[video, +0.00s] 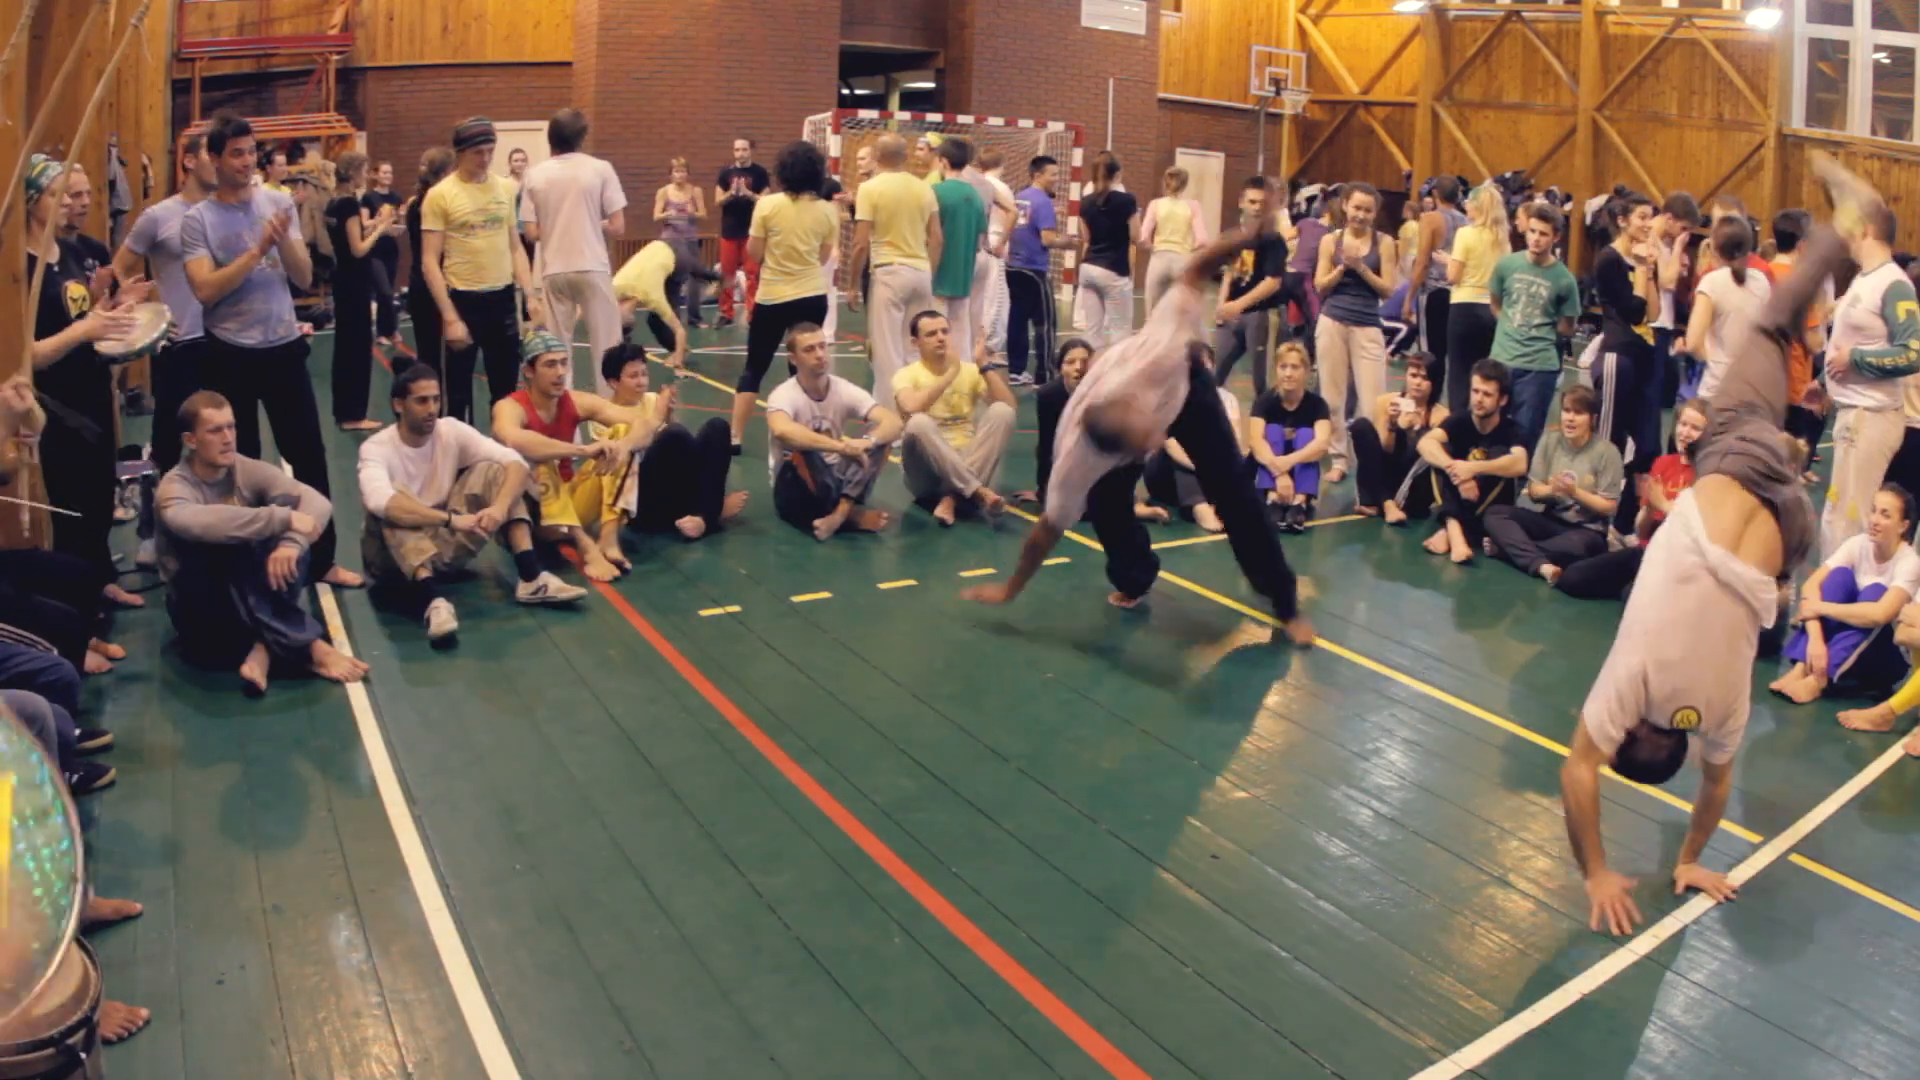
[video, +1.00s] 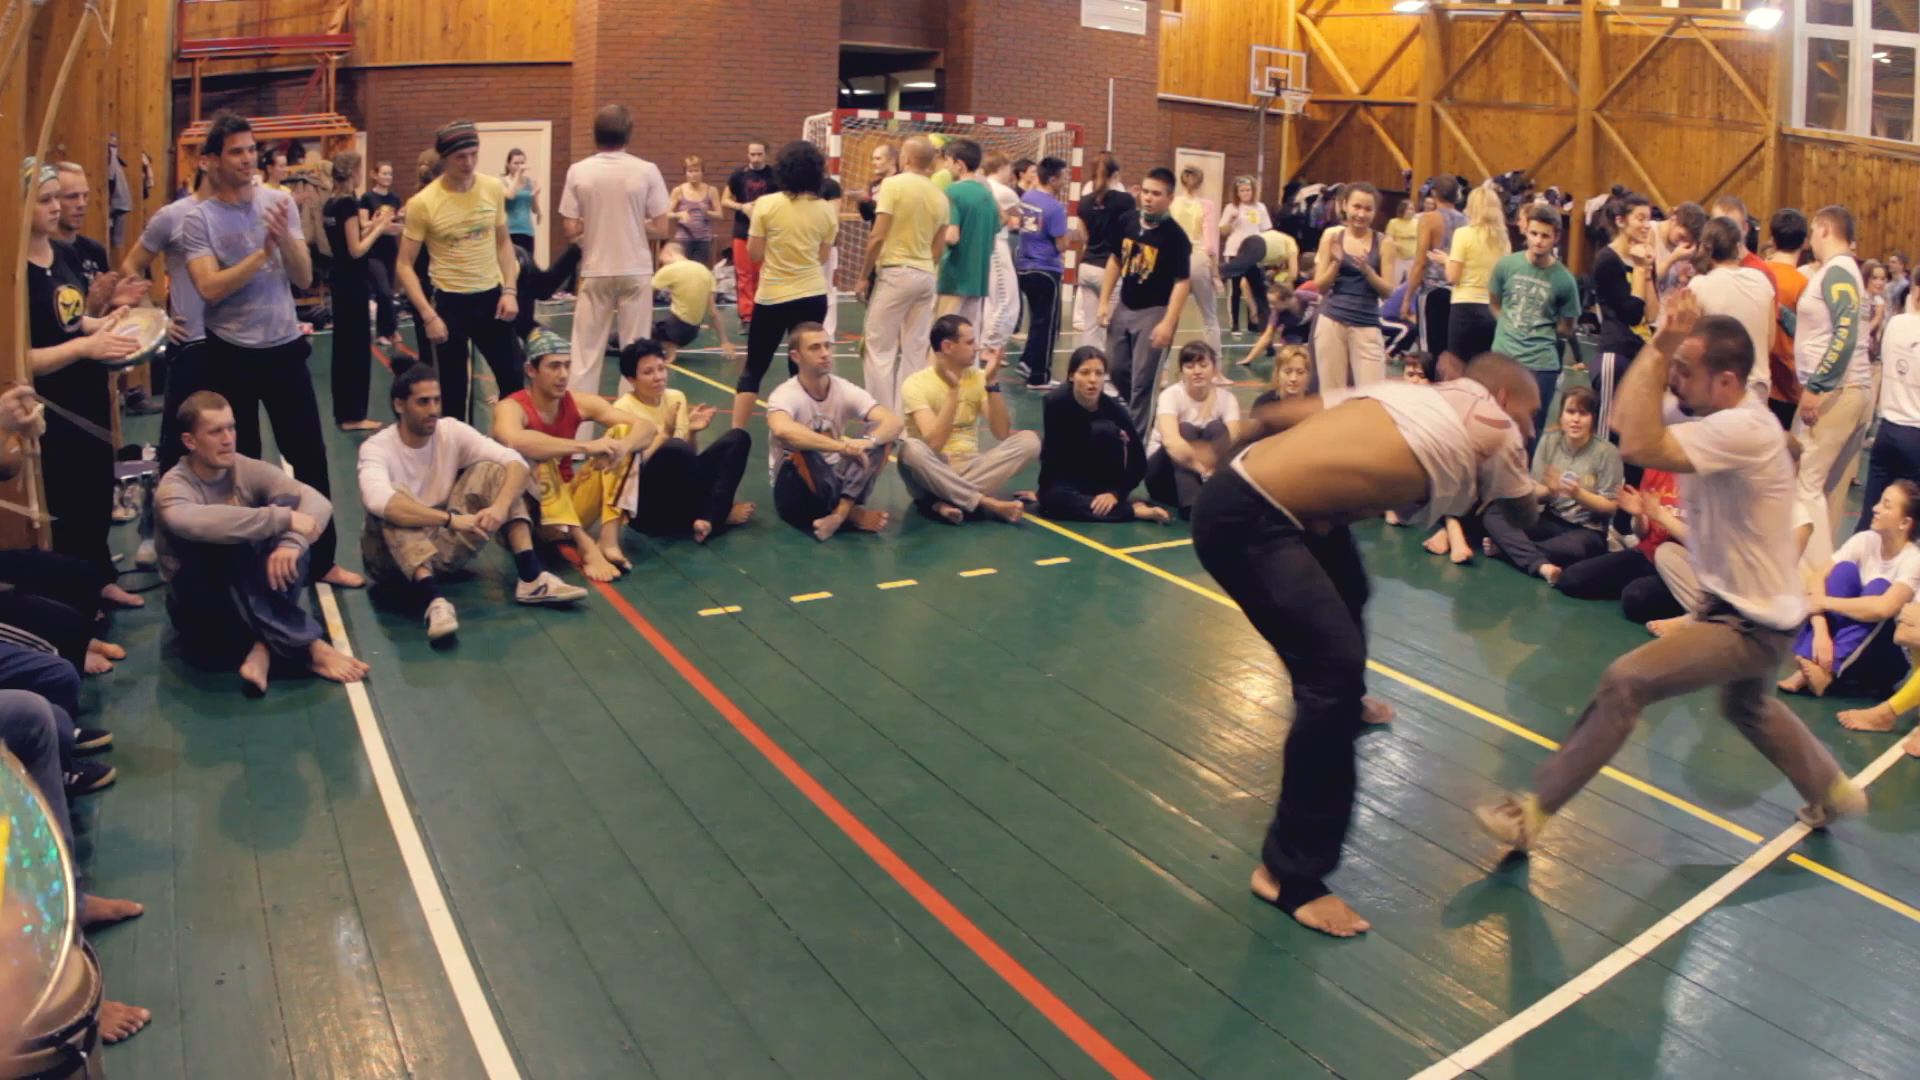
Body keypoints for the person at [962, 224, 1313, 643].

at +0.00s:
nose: (1156, 440)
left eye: (1152, 432)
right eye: (1146, 441)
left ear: (1143, 406)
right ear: (1117, 445)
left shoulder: (1160, 357)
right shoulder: (1078, 456)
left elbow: (1196, 270)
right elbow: (1047, 530)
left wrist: (1250, 234)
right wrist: (1010, 590)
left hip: (1177, 380)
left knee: (1230, 488)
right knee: (1107, 504)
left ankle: (1285, 602)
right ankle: (1134, 577)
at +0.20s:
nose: (1301, 277)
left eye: (1300, 266)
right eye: (1290, 272)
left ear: (1292, 248)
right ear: (1254, 270)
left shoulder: (1267, 252)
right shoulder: (1179, 301)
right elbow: (1105, 372)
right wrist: (1044, 441)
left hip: (1232, 372)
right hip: (1162, 383)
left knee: (1272, 492)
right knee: (1147, 487)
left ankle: (1294, 617)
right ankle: (1129, 578)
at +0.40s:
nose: (1436, 278)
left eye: (1439, 266)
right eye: (1431, 263)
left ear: (1408, 253)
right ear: (1396, 242)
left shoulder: (1362, 273)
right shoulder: (1327, 249)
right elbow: (1258, 303)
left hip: (1266, 386)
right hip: (1197, 378)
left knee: (1313, 511)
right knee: (1187, 523)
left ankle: (1313, 645)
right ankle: (1123, 504)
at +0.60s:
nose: (1491, 414)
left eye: (1494, 406)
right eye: (1493, 403)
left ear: (1466, 374)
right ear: (1478, 379)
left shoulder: (1405, 364)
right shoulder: (1444, 373)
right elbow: (1479, 441)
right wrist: (1496, 470)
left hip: (1298, 471)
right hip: (1250, 457)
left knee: (1361, 550)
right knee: (1209, 612)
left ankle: (1329, 695)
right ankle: (1074, 618)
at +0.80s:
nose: (1506, 481)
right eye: (1503, 472)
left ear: (1455, 436)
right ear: (1484, 460)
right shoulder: (1473, 456)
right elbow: (1554, 538)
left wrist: (1426, 565)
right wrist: (1546, 619)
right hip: (1261, 479)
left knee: (1361, 578)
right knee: (1214, 642)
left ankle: (1332, 700)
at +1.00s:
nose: (1526, 429)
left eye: (1530, 419)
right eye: (1526, 417)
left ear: (1469, 383)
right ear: (1505, 401)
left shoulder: (1406, 389)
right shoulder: (1492, 432)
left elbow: (1287, 409)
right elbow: (1526, 518)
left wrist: (1233, 439)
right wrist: (1550, 492)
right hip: (1247, 517)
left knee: (1348, 591)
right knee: (1333, 675)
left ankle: (1339, 701)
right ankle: (1290, 874)